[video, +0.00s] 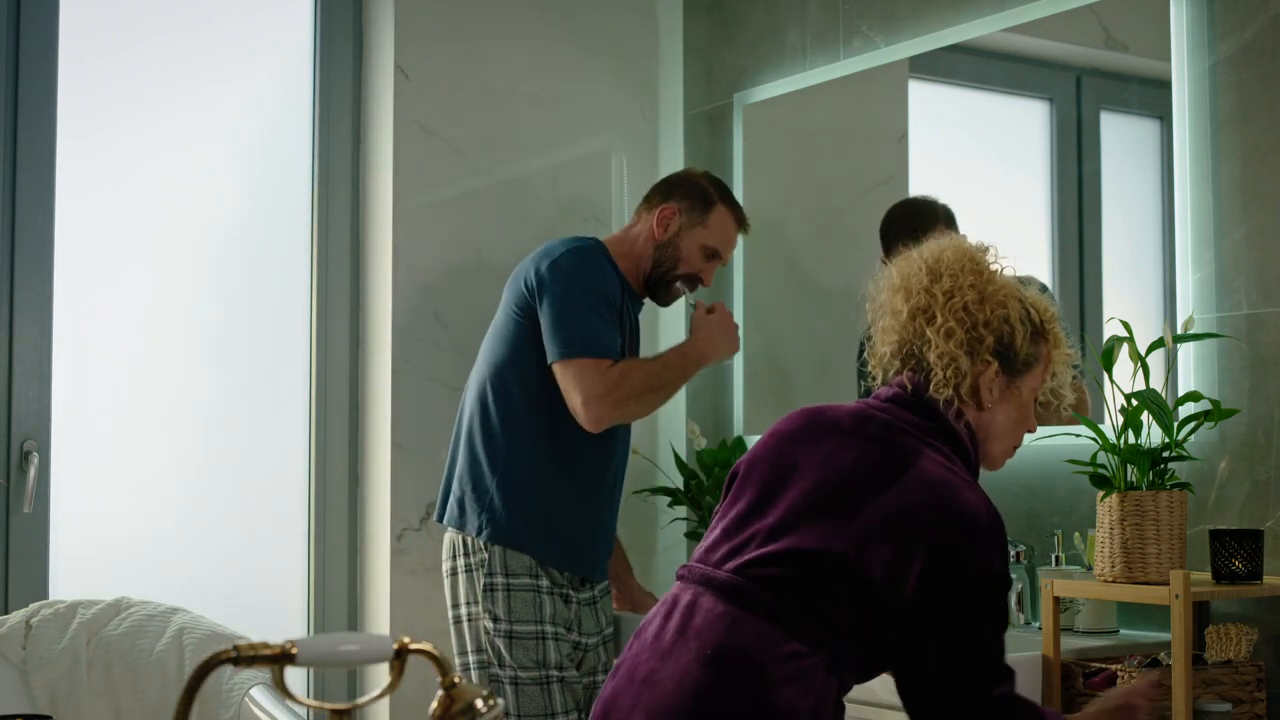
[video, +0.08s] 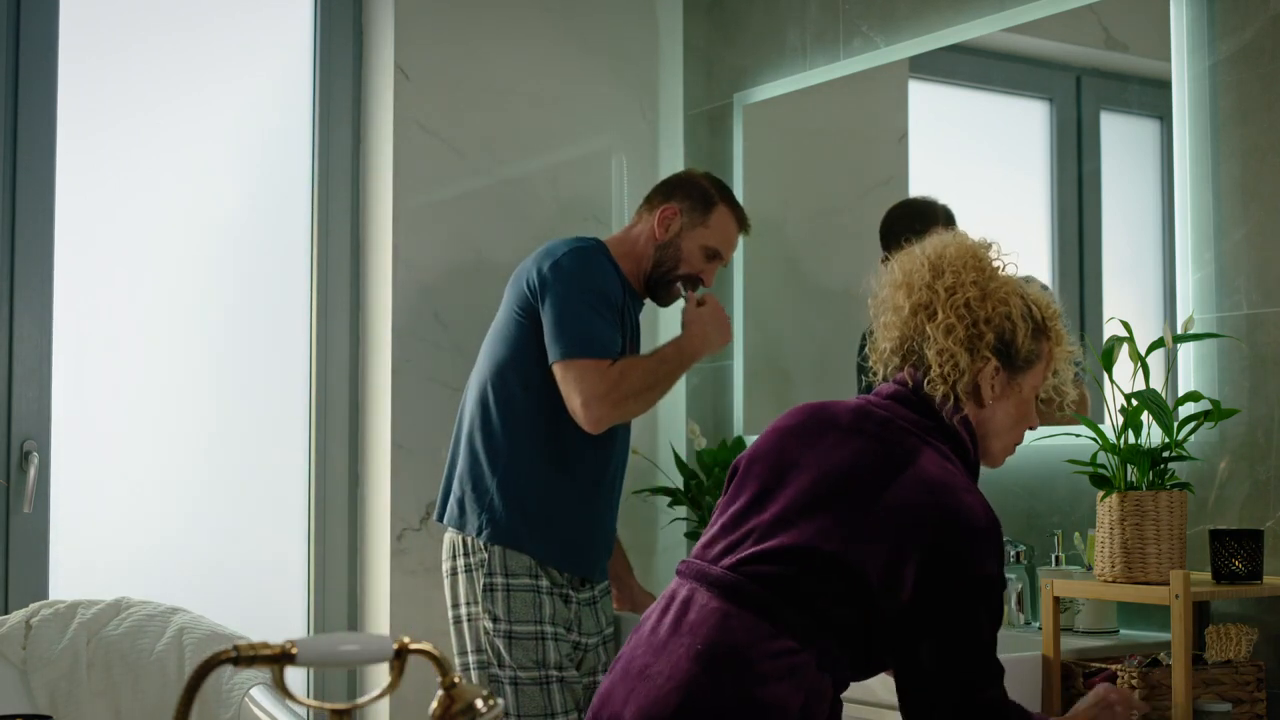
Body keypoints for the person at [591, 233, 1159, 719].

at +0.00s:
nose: (1031, 426)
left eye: (1039, 403)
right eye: (1032, 399)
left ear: (907, 363)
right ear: (986, 383)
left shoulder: (797, 428)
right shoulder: (958, 511)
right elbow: (963, 704)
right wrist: (1102, 711)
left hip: (635, 683)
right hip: (757, 701)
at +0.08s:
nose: (1029, 424)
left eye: (1038, 400)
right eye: (1033, 396)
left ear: (911, 355)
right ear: (987, 377)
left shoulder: (802, 422)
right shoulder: (956, 513)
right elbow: (957, 704)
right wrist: (1069, 719)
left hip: (633, 683)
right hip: (757, 702)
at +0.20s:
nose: (1033, 422)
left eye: (1040, 397)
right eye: (1035, 394)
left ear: (911, 358)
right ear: (987, 379)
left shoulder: (803, 420)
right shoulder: (956, 515)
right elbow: (975, 702)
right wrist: (1098, 716)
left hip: (627, 684)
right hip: (752, 702)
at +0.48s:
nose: (1027, 389)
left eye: (1032, 366)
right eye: (1025, 363)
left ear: (908, 339)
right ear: (970, 353)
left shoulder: (799, 402)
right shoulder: (937, 492)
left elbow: (771, 545)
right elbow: (979, 693)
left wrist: (866, 636)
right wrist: (1097, 711)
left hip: (621, 675)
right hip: (742, 695)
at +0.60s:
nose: (999, 353)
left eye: (1001, 330)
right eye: (992, 328)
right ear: (933, 322)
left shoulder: (779, 384)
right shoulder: (898, 459)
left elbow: (693, 529)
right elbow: (928, 679)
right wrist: (1058, 663)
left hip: (616, 672)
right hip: (729, 694)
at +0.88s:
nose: (829, 263)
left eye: (835, 243)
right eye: (807, 240)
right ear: (734, 236)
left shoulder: (764, 348)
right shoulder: (679, 360)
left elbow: (752, 523)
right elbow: (686, 547)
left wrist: (852, 607)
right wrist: (847, 488)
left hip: (700, 638)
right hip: (604, 651)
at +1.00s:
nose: (736, 240)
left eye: (753, 222)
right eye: (713, 216)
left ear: (768, 233)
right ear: (656, 220)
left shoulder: (745, 364)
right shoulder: (598, 347)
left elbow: (767, 515)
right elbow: (579, 518)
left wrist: (854, 603)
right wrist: (721, 434)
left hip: (683, 629)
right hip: (569, 629)